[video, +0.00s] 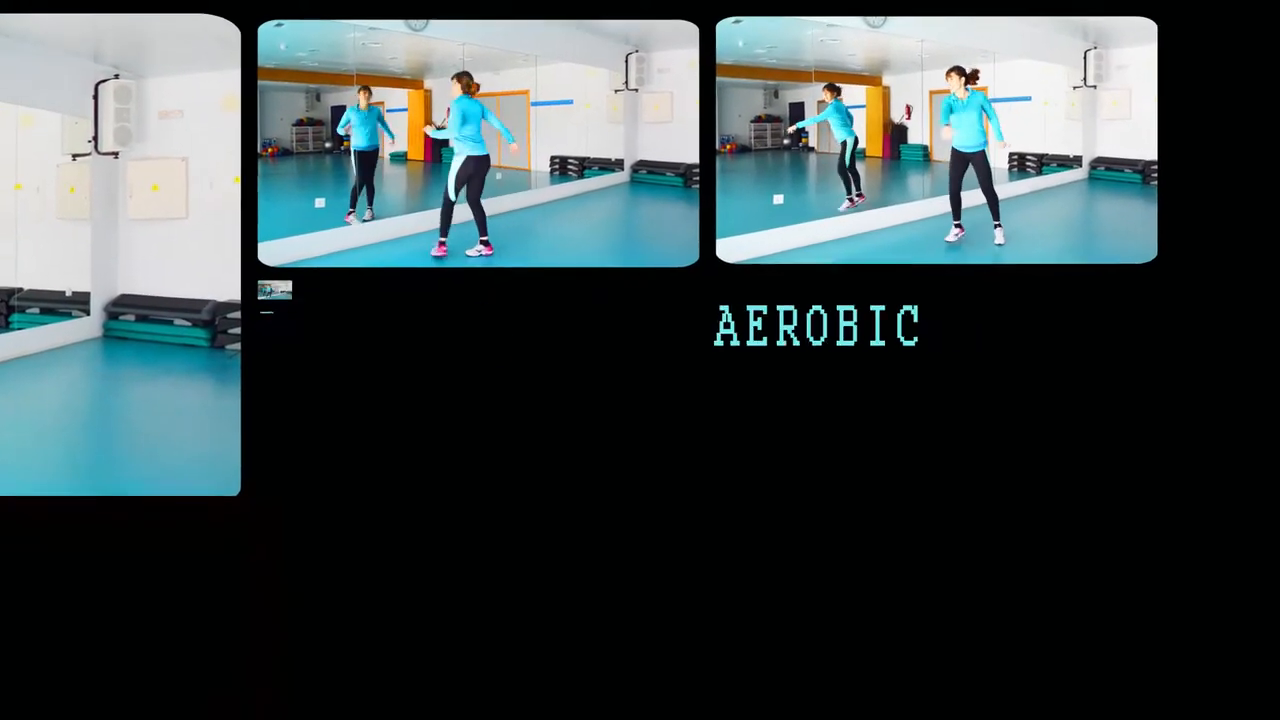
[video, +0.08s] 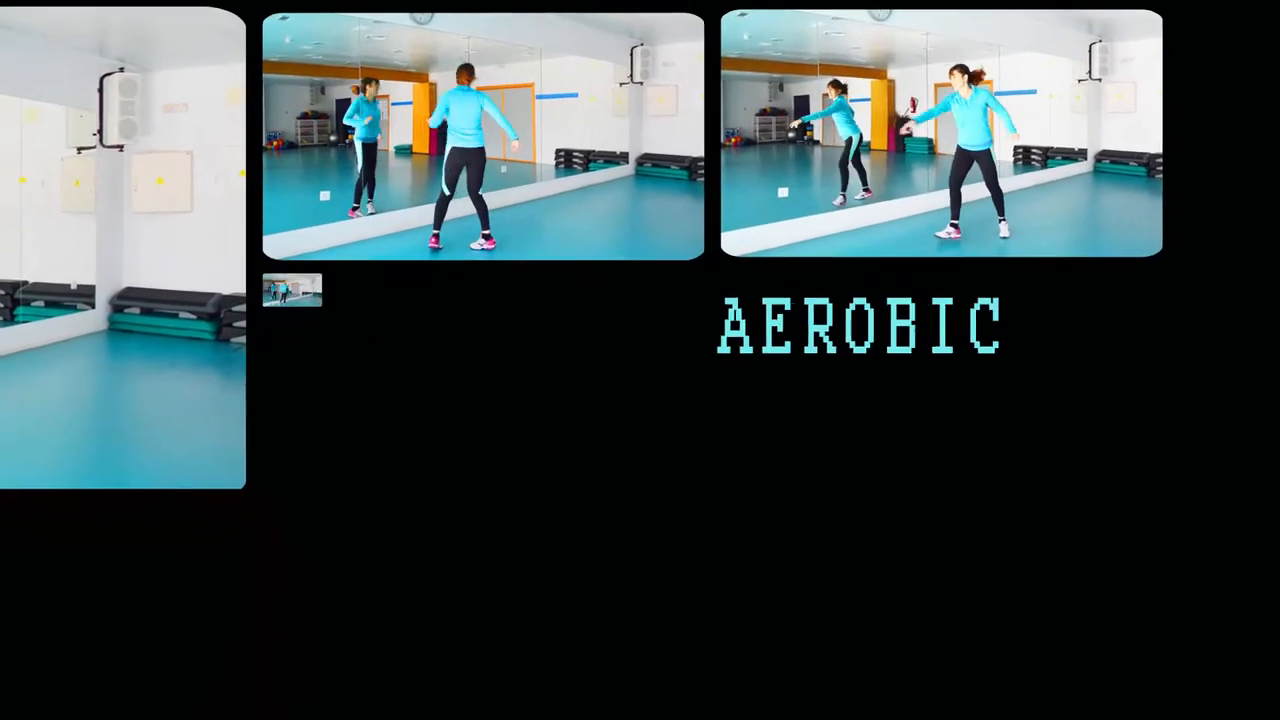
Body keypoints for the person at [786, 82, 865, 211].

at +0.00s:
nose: (824, 96)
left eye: (825, 93)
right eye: (824, 94)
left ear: (832, 93)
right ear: (833, 94)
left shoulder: (832, 107)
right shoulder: (841, 105)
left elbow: (816, 119)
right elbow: (850, 117)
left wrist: (797, 125)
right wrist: (848, 130)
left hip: (847, 139)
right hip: (851, 138)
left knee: (842, 168)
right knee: (851, 167)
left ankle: (850, 198)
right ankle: (859, 194)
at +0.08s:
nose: (829, 93)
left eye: (830, 90)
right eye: (828, 90)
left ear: (836, 90)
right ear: (837, 90)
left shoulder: (839, 102)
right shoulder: (842, 101)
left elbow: (823, 113)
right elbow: (852, 112)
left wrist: (802, 120)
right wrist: (846, 123)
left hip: (853, 136)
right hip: (852, 135)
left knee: (843, 163)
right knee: (856, 163)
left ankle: (843, 195)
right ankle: (866, 189)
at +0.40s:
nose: (845, 65)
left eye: (848, 63)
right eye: (844, 63)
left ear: (854, 65)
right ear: (844, 65)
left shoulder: (860, 78)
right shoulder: (845, 80)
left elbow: (877, 88)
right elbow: (844, 95)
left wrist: (896, 98)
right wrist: (829, 95)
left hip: (864, 116)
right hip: (851, 117)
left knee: (855, 145)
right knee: (845, 146)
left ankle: (856, 174)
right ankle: (859, 163)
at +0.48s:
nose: (853, 59)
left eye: (855, 56)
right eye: (851, 56)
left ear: (861, 58)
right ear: (848, 59)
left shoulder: (868, 72)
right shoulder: (846, 74)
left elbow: (883, 84)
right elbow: (839, 88)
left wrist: (896, 94)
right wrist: (831, 92)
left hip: (867, 110)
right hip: (852, 111)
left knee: (862, 140)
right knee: (850, 140)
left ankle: (862, 169)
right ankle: (849, 167)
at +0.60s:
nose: (870, 48)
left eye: (871, 46)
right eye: (867, 46)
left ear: (872, 49)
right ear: (860, 48)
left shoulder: (874, 63)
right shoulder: (852, 63)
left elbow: (878, 79)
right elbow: (839, 81)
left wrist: (883, 90)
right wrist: (850, 83)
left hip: (871, 100)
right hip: (857, 101)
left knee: (869, 133)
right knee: (859, 134)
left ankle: (869, 163)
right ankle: (851, 167)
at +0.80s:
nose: (880, 38)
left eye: (863, 36)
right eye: (878, 35)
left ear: (865, 37)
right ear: (876, 36)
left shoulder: (862, 50)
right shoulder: (876, 48)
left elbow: (849, 66)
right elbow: (875, 66)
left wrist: (843, 82)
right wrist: (889, 74)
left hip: (859, 86)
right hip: (870, 87)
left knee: (864, 121)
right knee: (870, 122)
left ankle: (861, 155)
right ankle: (862, 157)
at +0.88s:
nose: (863, 34)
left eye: (864, 32)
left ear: (866, 33)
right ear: (877, 32)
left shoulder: (860, 46)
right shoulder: (881, 45)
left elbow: (847, 61)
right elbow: (885, 61)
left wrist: (834, 76)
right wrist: (901, 68)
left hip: (860, 84)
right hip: (874, 84)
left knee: (862, 119)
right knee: (874, 120)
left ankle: (854, 152)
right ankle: (869, 155)